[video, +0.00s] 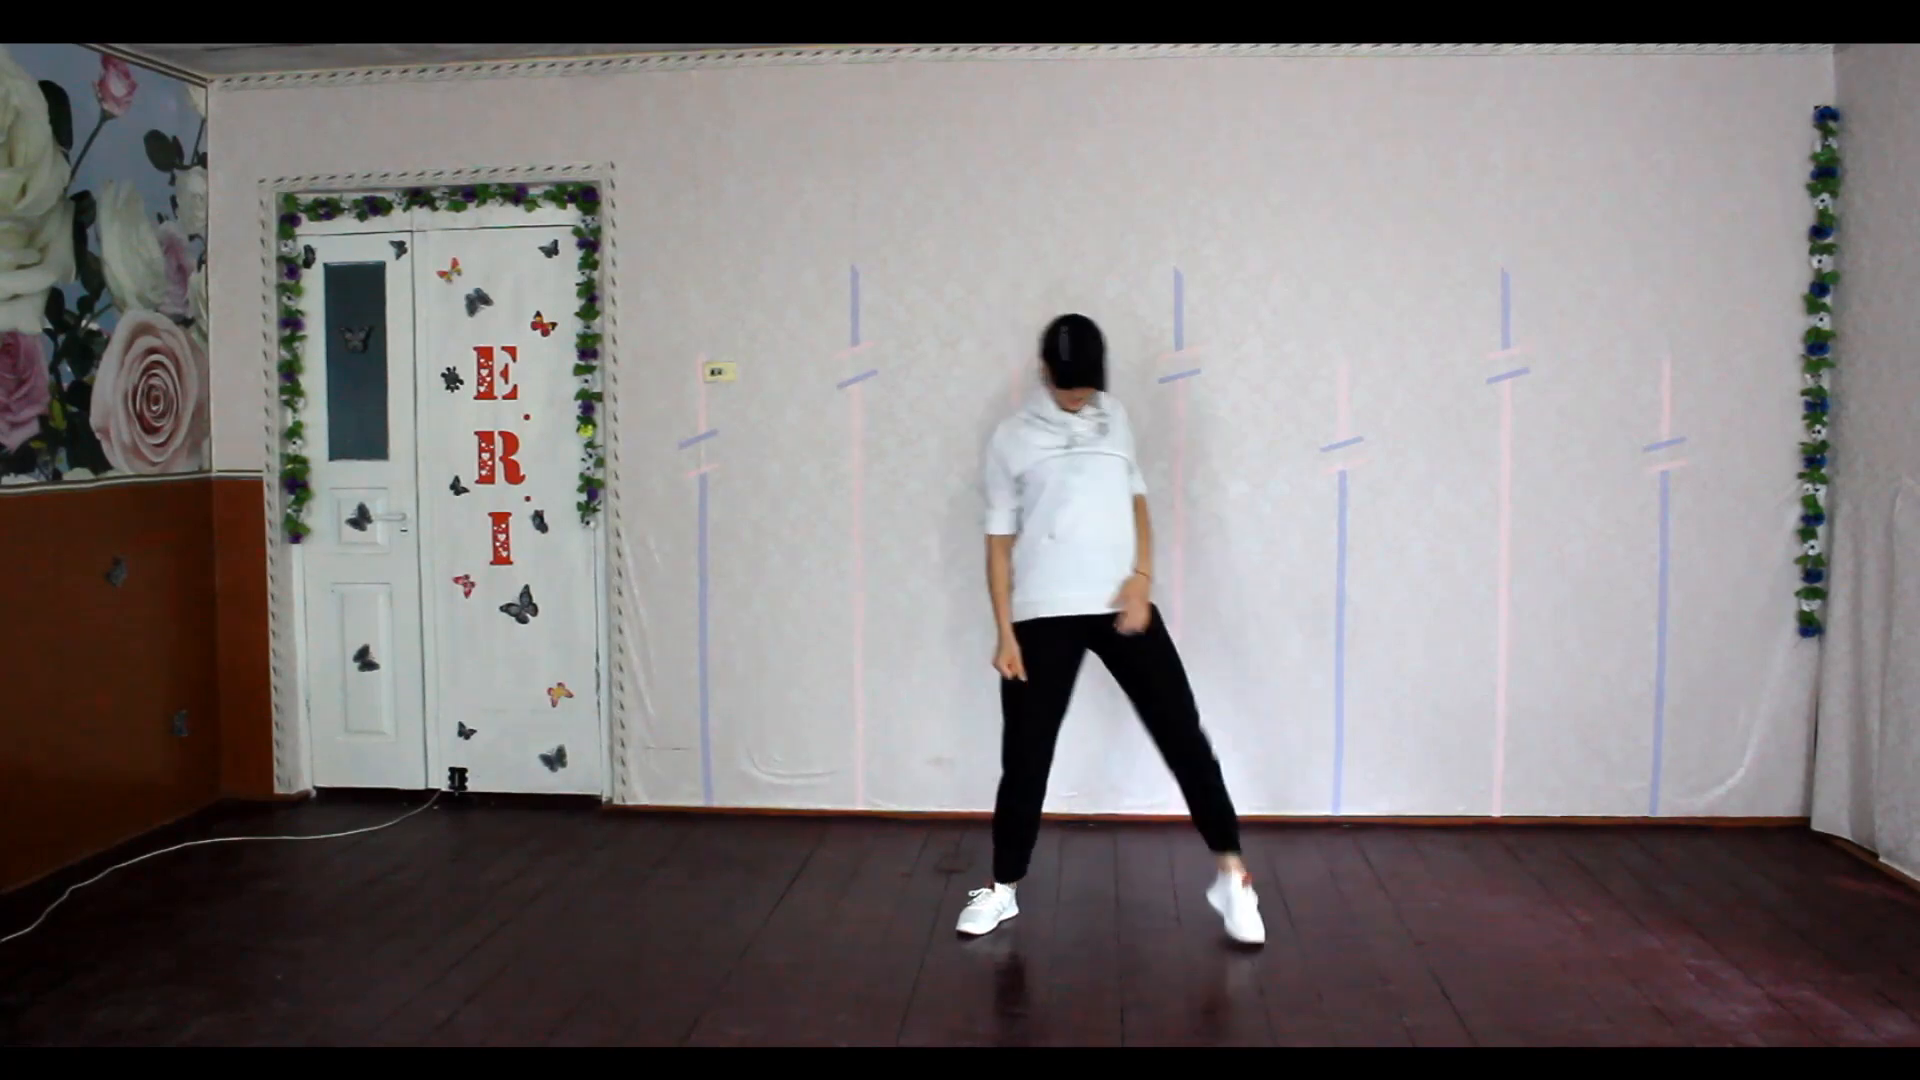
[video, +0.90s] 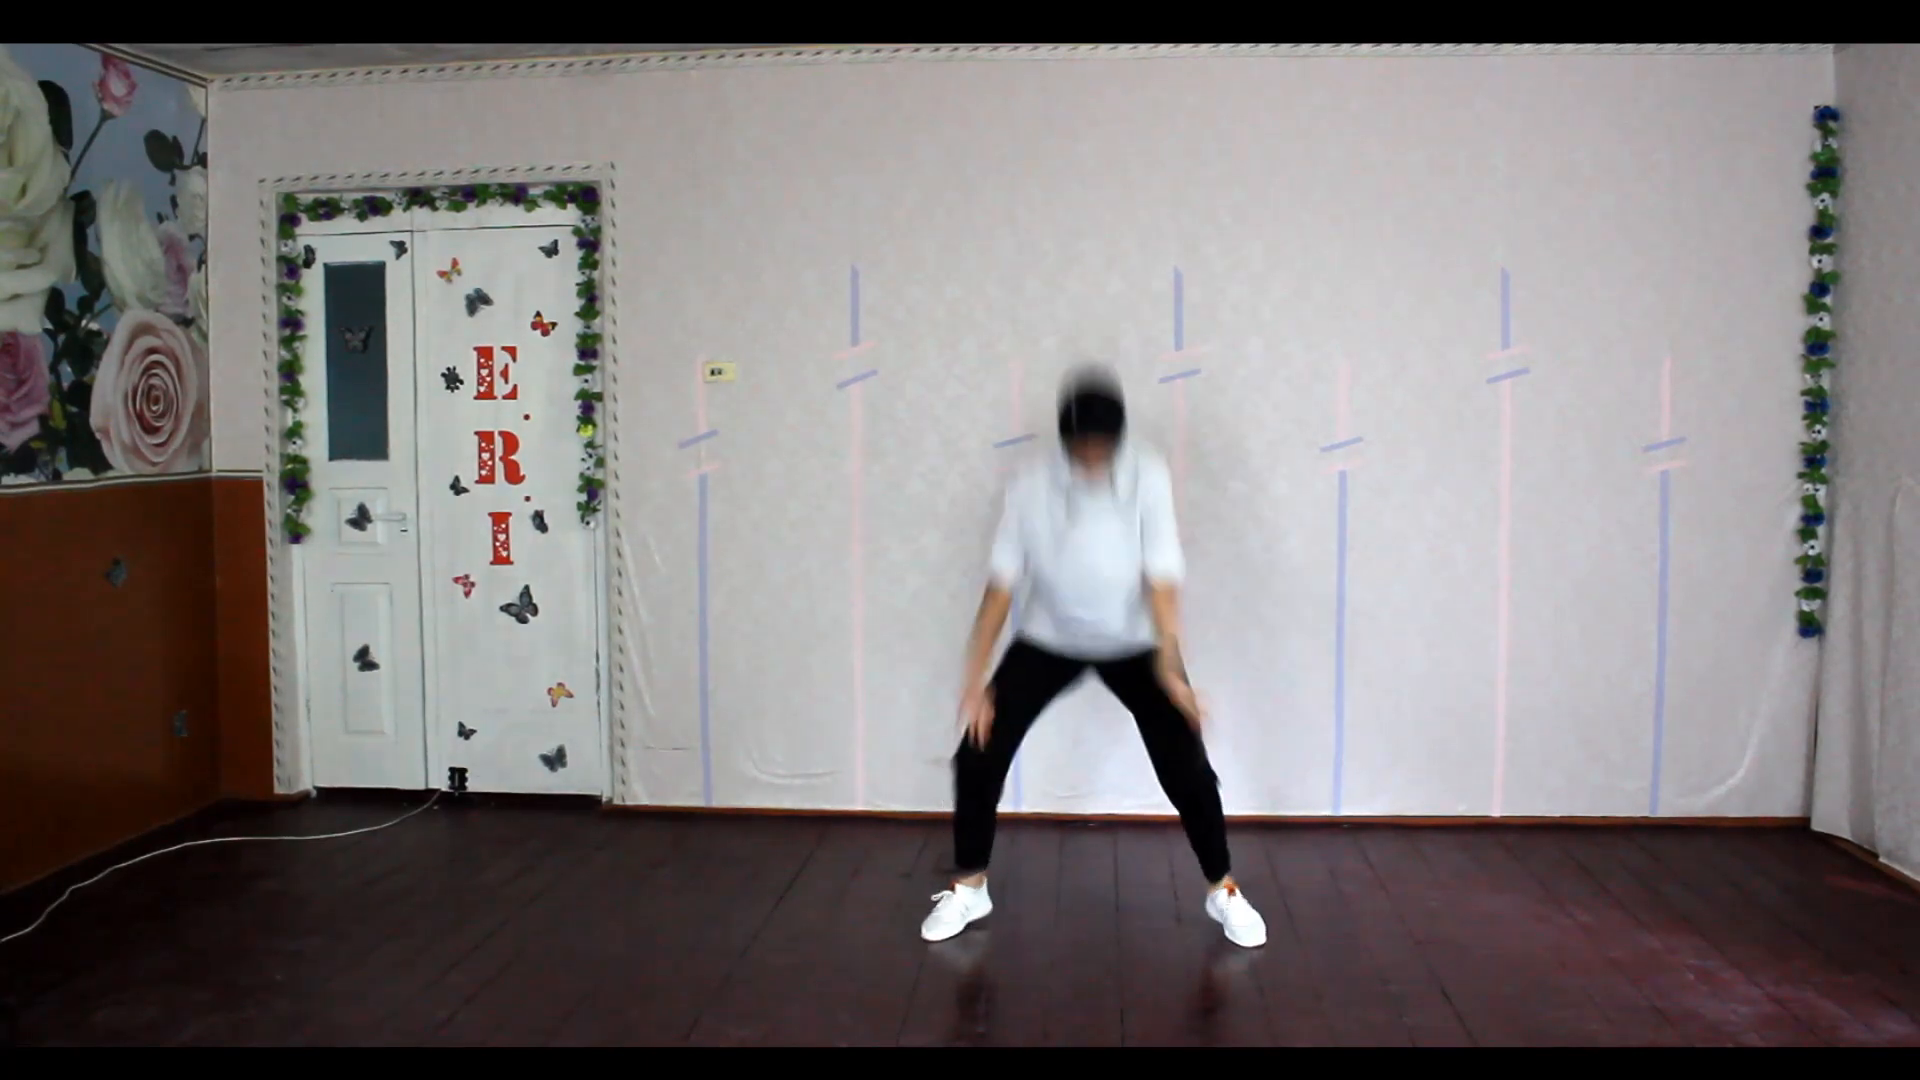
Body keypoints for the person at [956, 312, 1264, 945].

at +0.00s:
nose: (1081, 400)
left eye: (1090, 389)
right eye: (1070, 390)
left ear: (1102, 375)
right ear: (1047, 373)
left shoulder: (1113, 419)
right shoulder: (1012, 437)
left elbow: (1136, 502)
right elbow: (999, 542)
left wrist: (1141, 580)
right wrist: (1005, 632)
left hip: (1123, 611)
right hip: (1044, 619)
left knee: (1186, 743)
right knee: (1024, 761)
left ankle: (1236, 879)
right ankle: (1002, 888)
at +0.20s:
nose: (1133, 405)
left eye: (1143, 394)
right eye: (1122, 395)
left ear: (1159, 380)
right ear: (1103, 382)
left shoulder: (1174, 427)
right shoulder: (1066, 431)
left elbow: (1186, 505)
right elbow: (1026, 515)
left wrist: (1194, 572)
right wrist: (968, 570)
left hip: (1155, 618)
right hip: (1071, 616)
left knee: (1190, 756)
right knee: (1016, 744)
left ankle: (1225, 892)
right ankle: (995, 877)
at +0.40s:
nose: (1126, 453)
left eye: (1136, 443)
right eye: (1116, 442)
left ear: (1155, 424)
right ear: (1099, 423)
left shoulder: (1191, 460)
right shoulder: (1064, 455)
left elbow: (1248, 523)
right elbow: (975, 493)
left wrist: (1221, 591)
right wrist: (990, 548)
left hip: (1153, 634)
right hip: (1066, 628)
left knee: (1209, 761)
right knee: (986, 740)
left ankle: (1226, 892)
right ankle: (967, 874)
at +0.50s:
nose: (1125, 561)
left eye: (1134, 552)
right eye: (1114, 552)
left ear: (1149, 532)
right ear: (1091, 532)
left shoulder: (1173, 553)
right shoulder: (1054, 553)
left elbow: (1256, 611)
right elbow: (959, 591)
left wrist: (1222, 704)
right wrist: (981, 690)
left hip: (1147, 679)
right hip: (1059, 680)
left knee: (1219, 774)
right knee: (978, 772)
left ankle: (1227, 894)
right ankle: (966, 890)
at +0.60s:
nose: (1116, 659)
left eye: (1126, 651)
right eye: (1106, 651)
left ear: (1145, 627)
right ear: (1086, 627)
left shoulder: (1171, 631)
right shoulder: (1050, 631)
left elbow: (1263, 673)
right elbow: (949, 666)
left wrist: (1222, 731)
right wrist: (969, 738)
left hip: (1141, 708)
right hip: (1055, 707)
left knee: (1218, 783)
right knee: (977, 784)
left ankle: (1226, 897)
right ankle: (967, 893)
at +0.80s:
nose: (1105, 631)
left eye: (1115, 623)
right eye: (1095, 623)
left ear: (1132, 602)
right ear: (1075, 602)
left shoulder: (1162, 608)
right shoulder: (1039, 612)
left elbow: (1241, 668)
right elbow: (948, 662)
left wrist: (1207, 739)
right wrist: (957, 737)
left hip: (1138, 701)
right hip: (1048, 700)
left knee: (1203, 784)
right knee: (964, 780)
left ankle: (1223, 897)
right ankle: (968, 893)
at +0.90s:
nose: (1093, 457)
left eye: (1102, 445)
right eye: (1082, 446)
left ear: (1118, 437)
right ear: (1065, 438)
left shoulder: (1145, 476)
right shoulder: (1031, 483)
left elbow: (1163, 578)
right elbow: (1000, 587)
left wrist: (1171, 668)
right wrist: (976, 684)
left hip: (1130, 646)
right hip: (1046, 643)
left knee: (1188, 762)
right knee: (978, 753)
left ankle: (1223, 890)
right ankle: (970, 889)